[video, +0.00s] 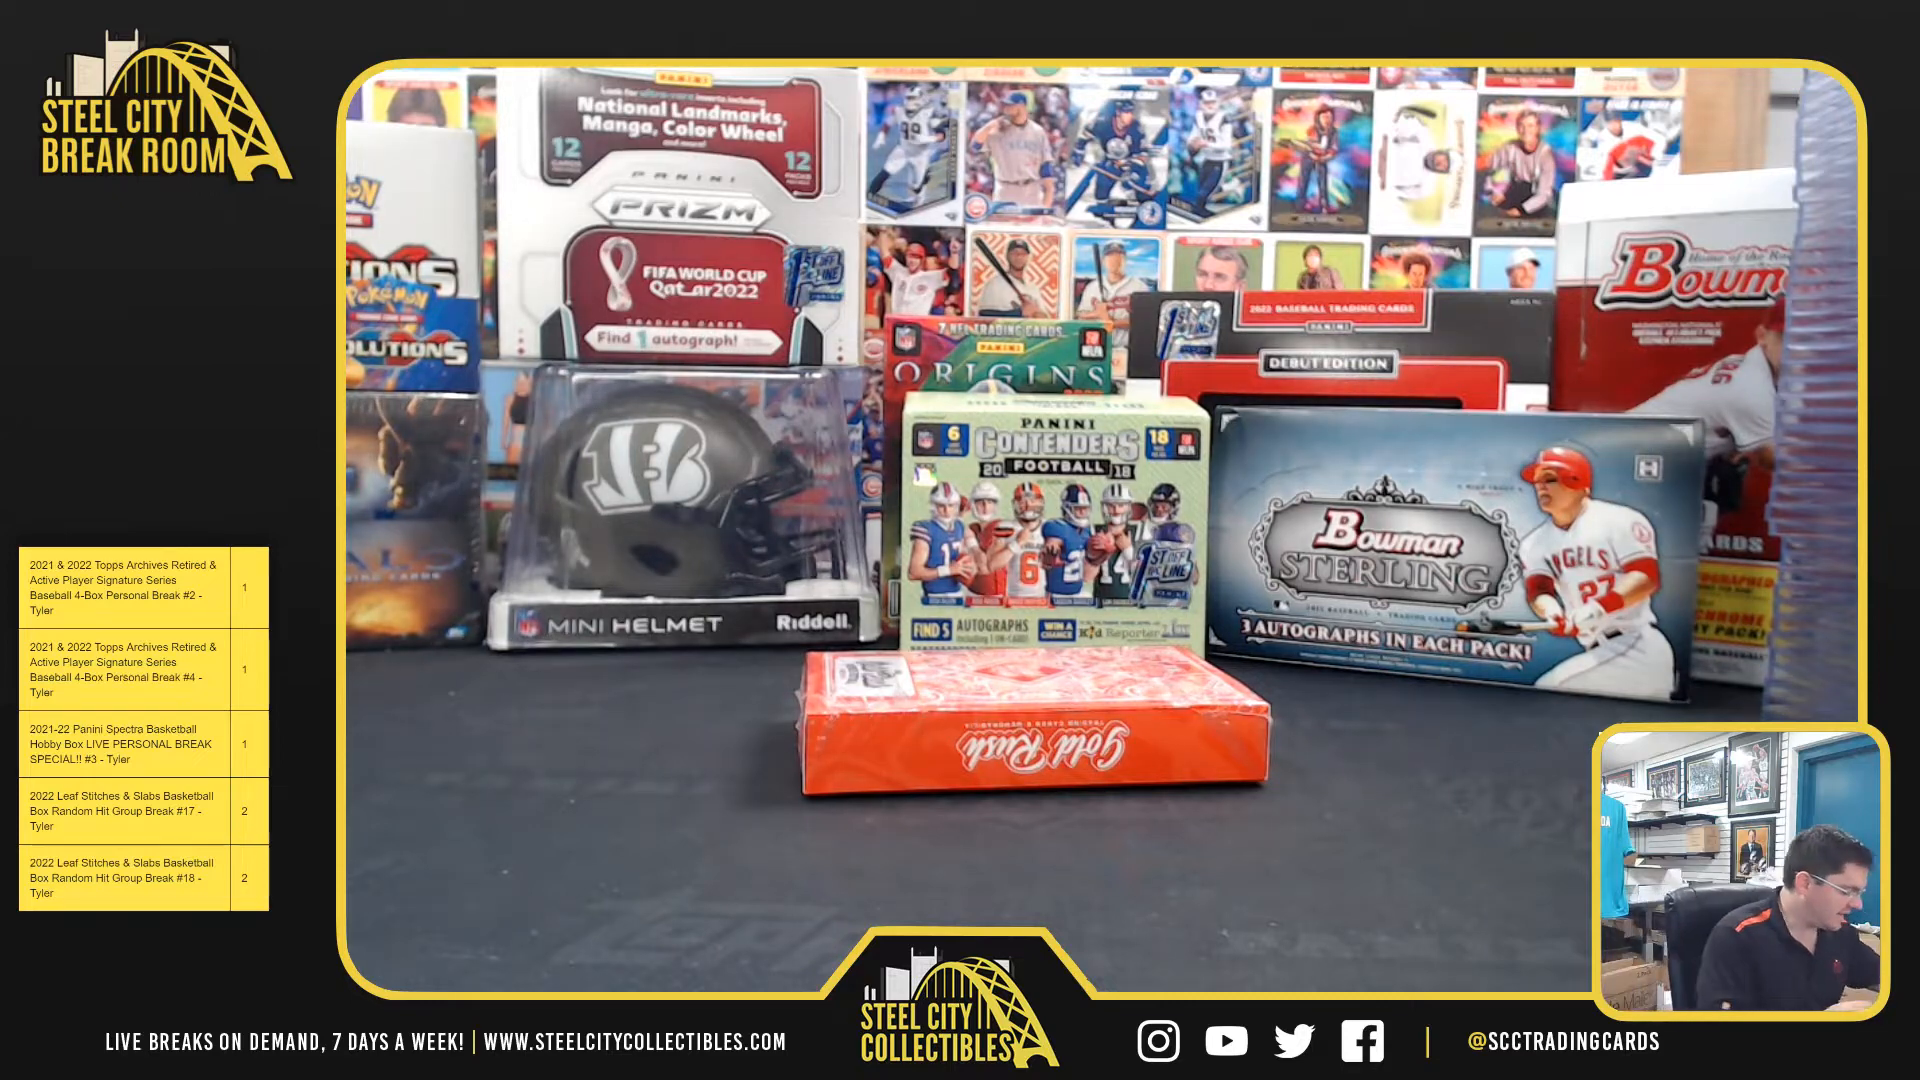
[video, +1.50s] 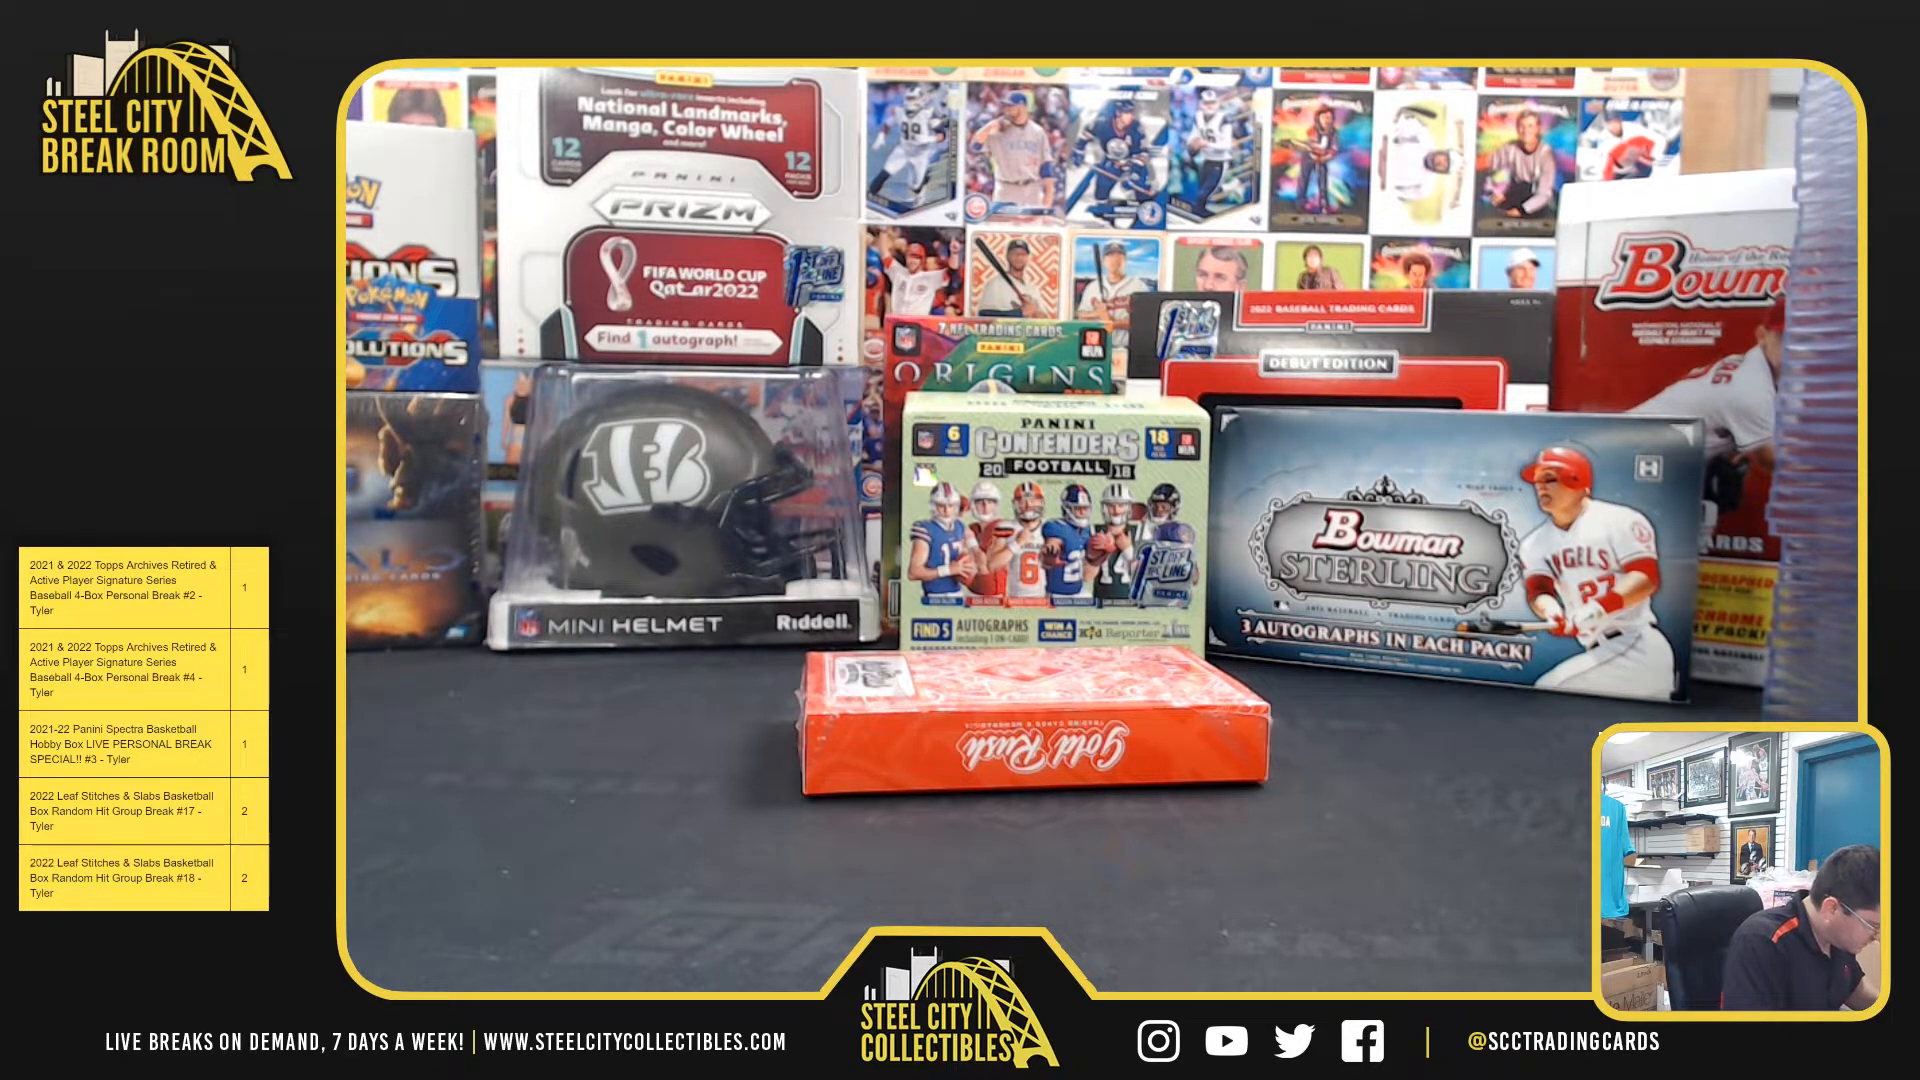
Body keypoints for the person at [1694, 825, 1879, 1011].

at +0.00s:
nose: (1857, 905)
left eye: (1860, 893)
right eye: (1847, 892)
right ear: (1804, 884)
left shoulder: (1840, 933)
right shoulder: (1735, 936)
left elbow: (1885, 980)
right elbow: (1718, 1021)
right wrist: (1825, 1017)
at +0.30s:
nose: (1836, 898)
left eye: (1839, 886)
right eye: (1826, 885)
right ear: (1785, 878)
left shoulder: (1820, 926)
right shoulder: (1733, 930)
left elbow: (1840, 973)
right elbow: (1736, 1014)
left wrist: (1862, 982)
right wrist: (1829, 1009)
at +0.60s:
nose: (1839, 905)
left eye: (1843, 894)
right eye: (1829, 892)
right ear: (1789, 882)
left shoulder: (1816, 926)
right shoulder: (1733, 928)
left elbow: (1832, 982)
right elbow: (1721, 1010)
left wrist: (1861, 988)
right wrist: (1826, 1017)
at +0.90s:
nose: (1857, 916)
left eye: (1862, 905)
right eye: (1848, 904)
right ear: (1806, 890)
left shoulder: (1823, 924)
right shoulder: (1745, 934)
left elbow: (1841, 985)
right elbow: (1725, 1021)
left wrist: (1884, 1002)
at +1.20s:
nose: (1873, 931)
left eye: (1876, 920)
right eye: (1865, 919)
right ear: (1821, 901)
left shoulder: (1831, 929)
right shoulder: (1755, 939)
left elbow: (1849, 988)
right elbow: (1741, 1020)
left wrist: (1886, 1008)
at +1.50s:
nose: (1876, 938)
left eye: (1879, 928)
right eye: (1872, 926)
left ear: (1830, 909)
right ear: (1831, 909)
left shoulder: (1834, 934)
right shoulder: (1759, 942)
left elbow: (1855, 989)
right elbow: (1743, 1020)